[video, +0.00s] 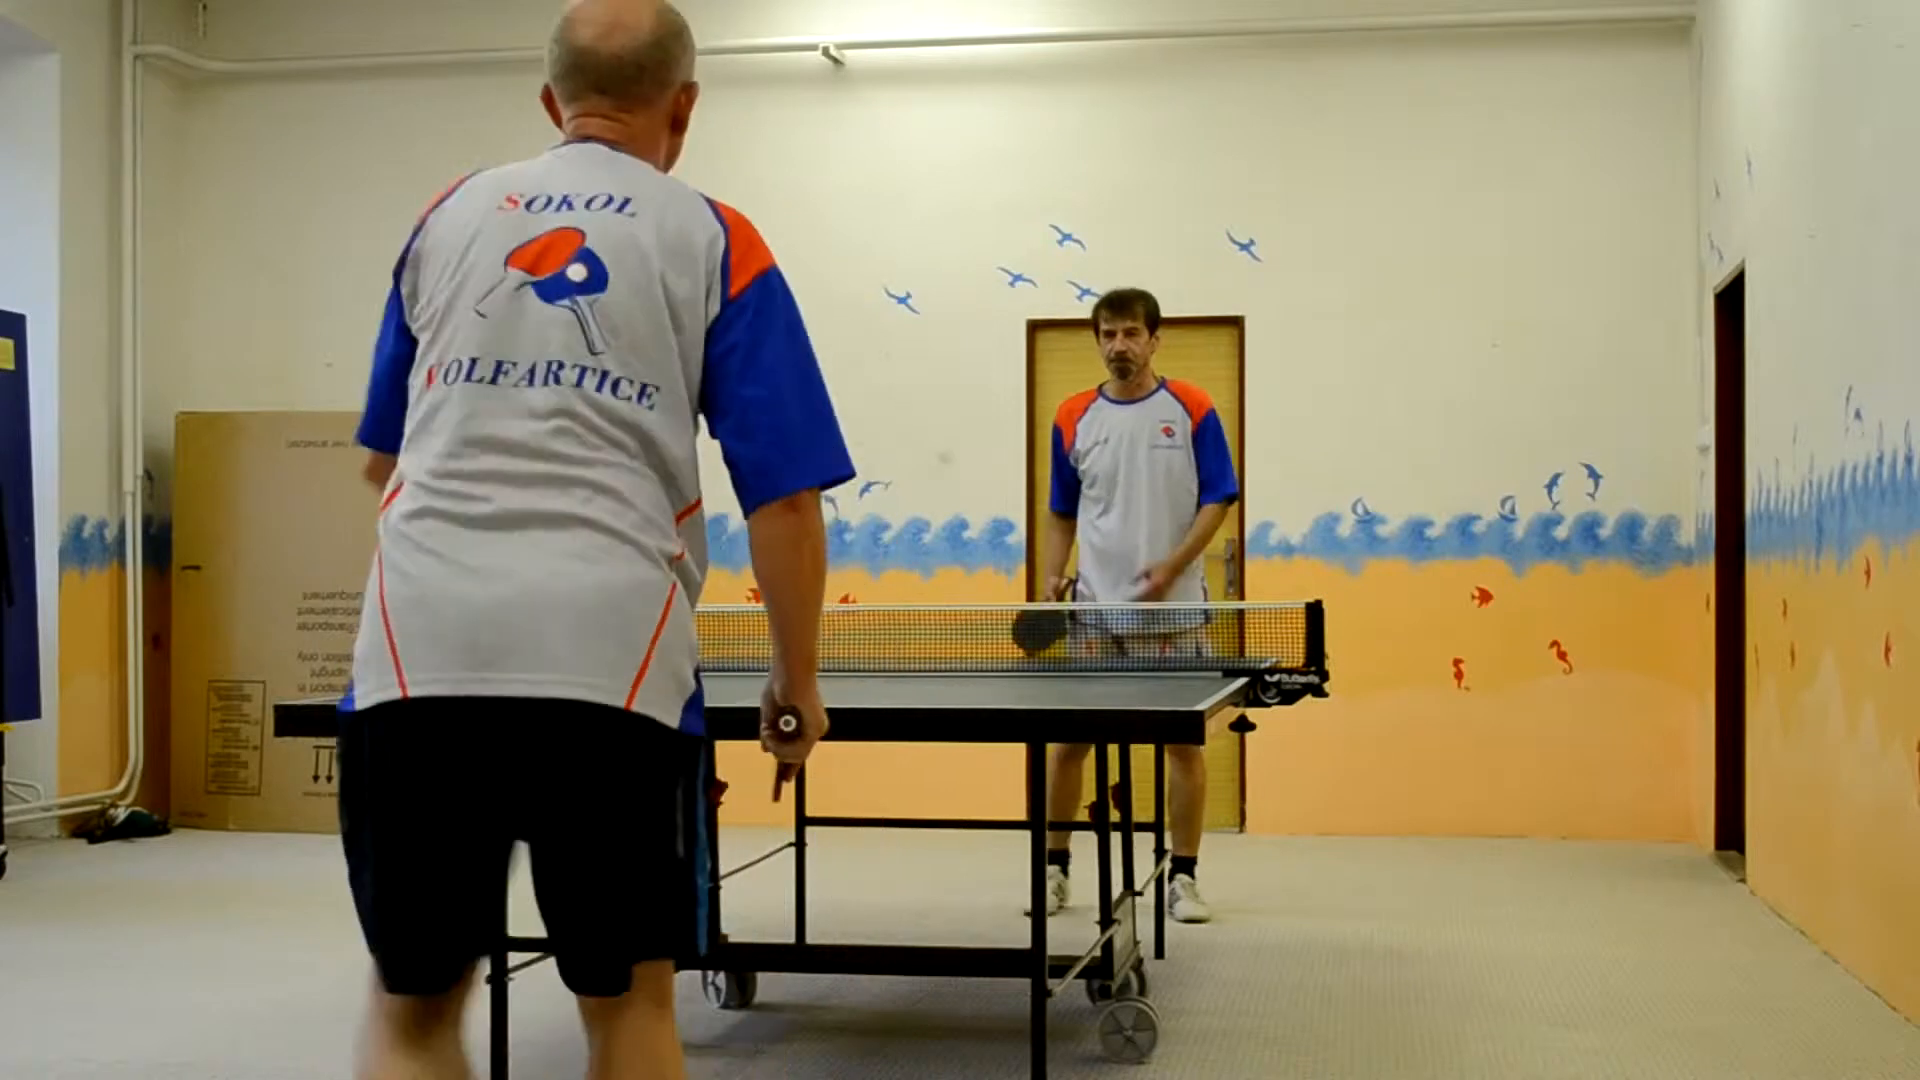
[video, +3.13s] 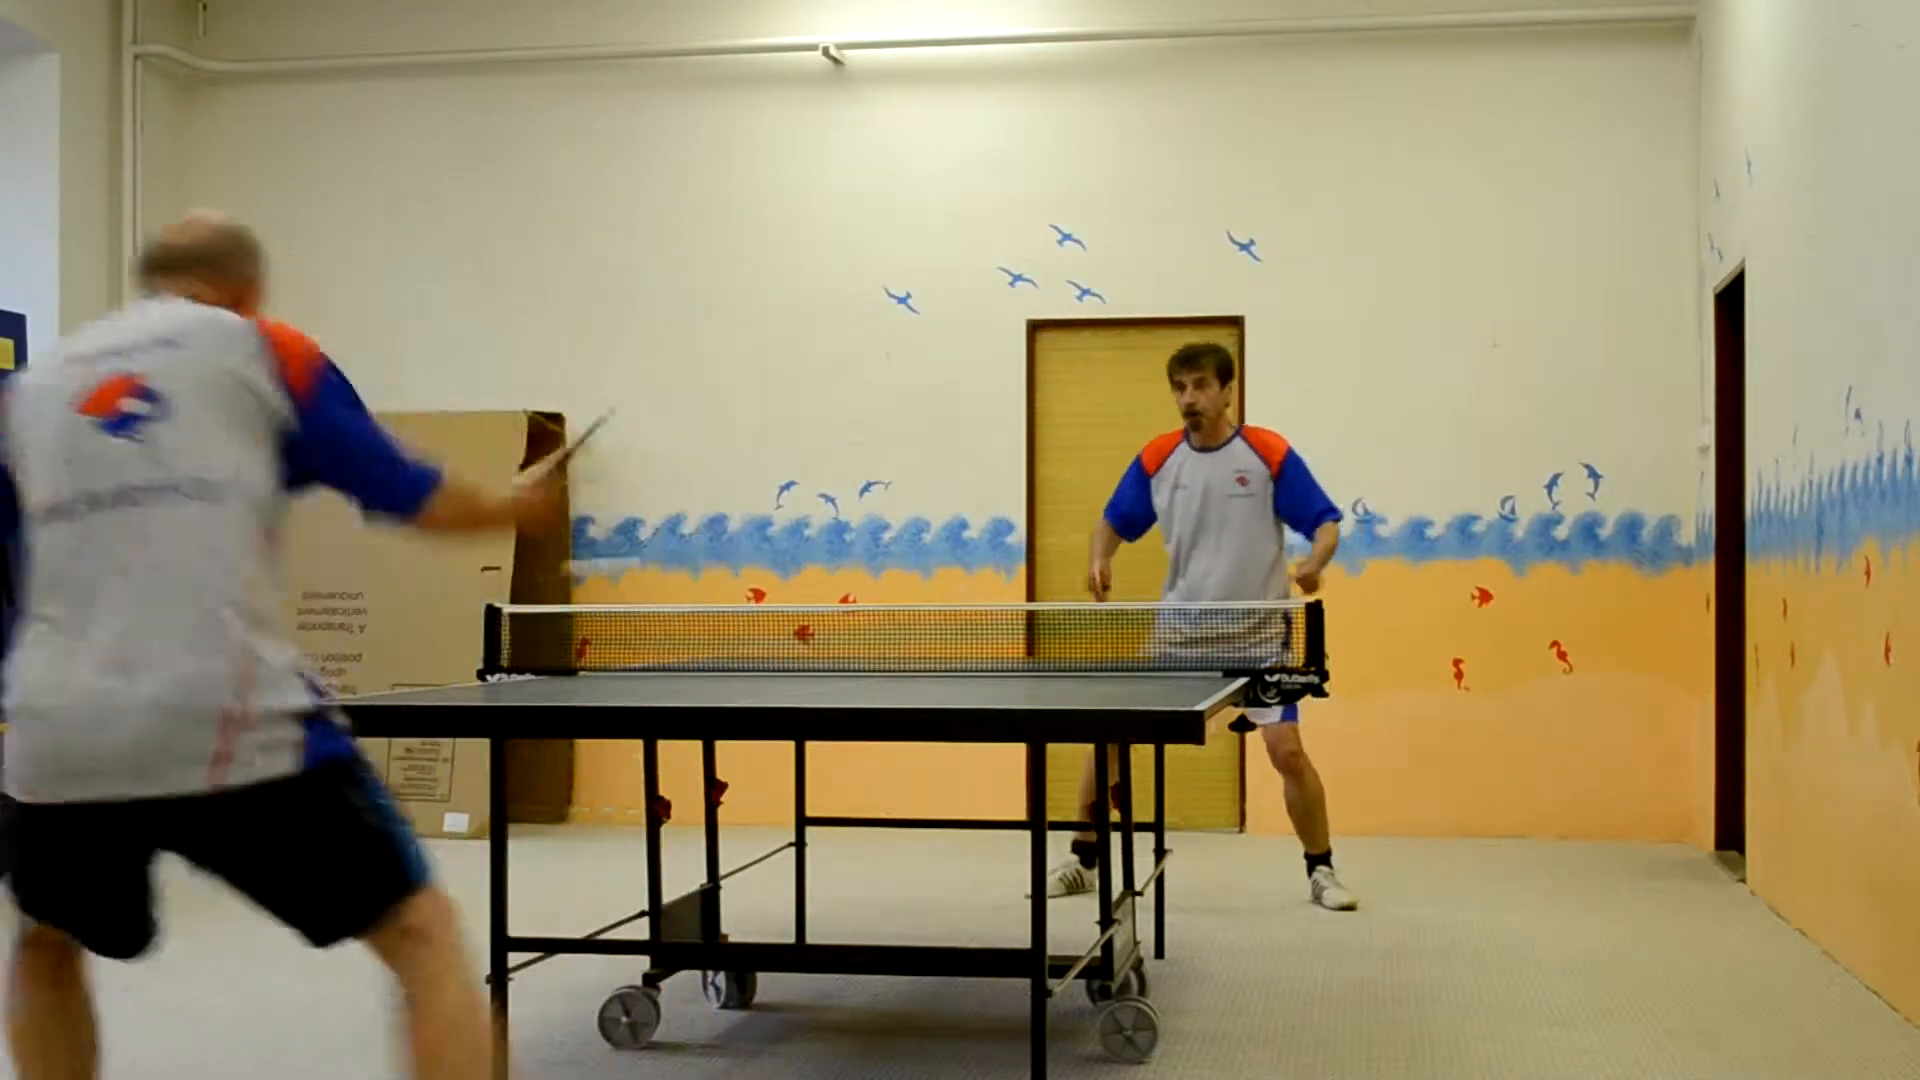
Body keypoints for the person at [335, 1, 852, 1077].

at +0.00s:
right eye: (684, 108)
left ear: (548, 110)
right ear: (682, 107)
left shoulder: (444, 218)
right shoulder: (714, 236)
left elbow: (384, 461)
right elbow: (782, 492)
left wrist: (473, 589)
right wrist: (796, 676)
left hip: (415, 671)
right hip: (607, 674)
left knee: (412, 998)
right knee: (631, 999)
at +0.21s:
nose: (624, 148)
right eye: (630, 133)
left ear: (498, 132)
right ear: (620, 134)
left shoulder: (396, 243)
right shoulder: (665, 255)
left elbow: (296, 465)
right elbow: (740, 492)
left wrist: (335, 629)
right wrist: (746, 658)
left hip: (373, 667)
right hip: (566, 682)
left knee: (300, 970)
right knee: (604, 1005)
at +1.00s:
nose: (619, 288)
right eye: (619, 276)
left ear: (501, 274)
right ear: (609, 282)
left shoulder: (400, 355)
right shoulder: (641, 383)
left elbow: (288, 517)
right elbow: (743, 590)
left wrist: (310, 671)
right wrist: (764, 644)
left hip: (337, 712)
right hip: (522, 728)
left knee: (223, 965)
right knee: (660, 960)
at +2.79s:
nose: (600, 328)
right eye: (596, 313)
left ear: (482, 312)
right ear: (586, 319)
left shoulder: (383, 388)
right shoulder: (621, 416)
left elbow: (254, 536)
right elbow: (686, 627)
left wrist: (276, 701)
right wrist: (655, 686)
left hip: (331, 728)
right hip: (517, 734)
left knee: (203, 963)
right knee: (683, 961)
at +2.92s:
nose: (464, 348)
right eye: (467, 335)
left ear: (357, 337)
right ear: (462, 342)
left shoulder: (282, 424)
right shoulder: (532, 440)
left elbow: (144, 602)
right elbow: (587, 651)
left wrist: (136, 774)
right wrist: (492, 724)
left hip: (302, 772)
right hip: (490, 772)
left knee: (154, 963)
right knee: (647, 978)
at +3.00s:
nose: (363, 355)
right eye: (366, 340)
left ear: (245, 340)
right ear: (359, 342)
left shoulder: (176, 430)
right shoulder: (427, 440)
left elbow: (41, 626)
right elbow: (486, 635)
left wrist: (14, 742)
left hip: (224, 782)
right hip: (417, 780)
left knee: (105, 965)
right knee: (582, 993)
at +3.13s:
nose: (259, 312)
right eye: (261, 300)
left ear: (146, 284)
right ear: (247, 294)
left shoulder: (29, 389)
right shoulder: (264, 354)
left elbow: (12, 575)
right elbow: (413, 494)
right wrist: (520, 504)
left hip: (57, 739)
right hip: (233, 722)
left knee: (44, 946)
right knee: (422, 936)